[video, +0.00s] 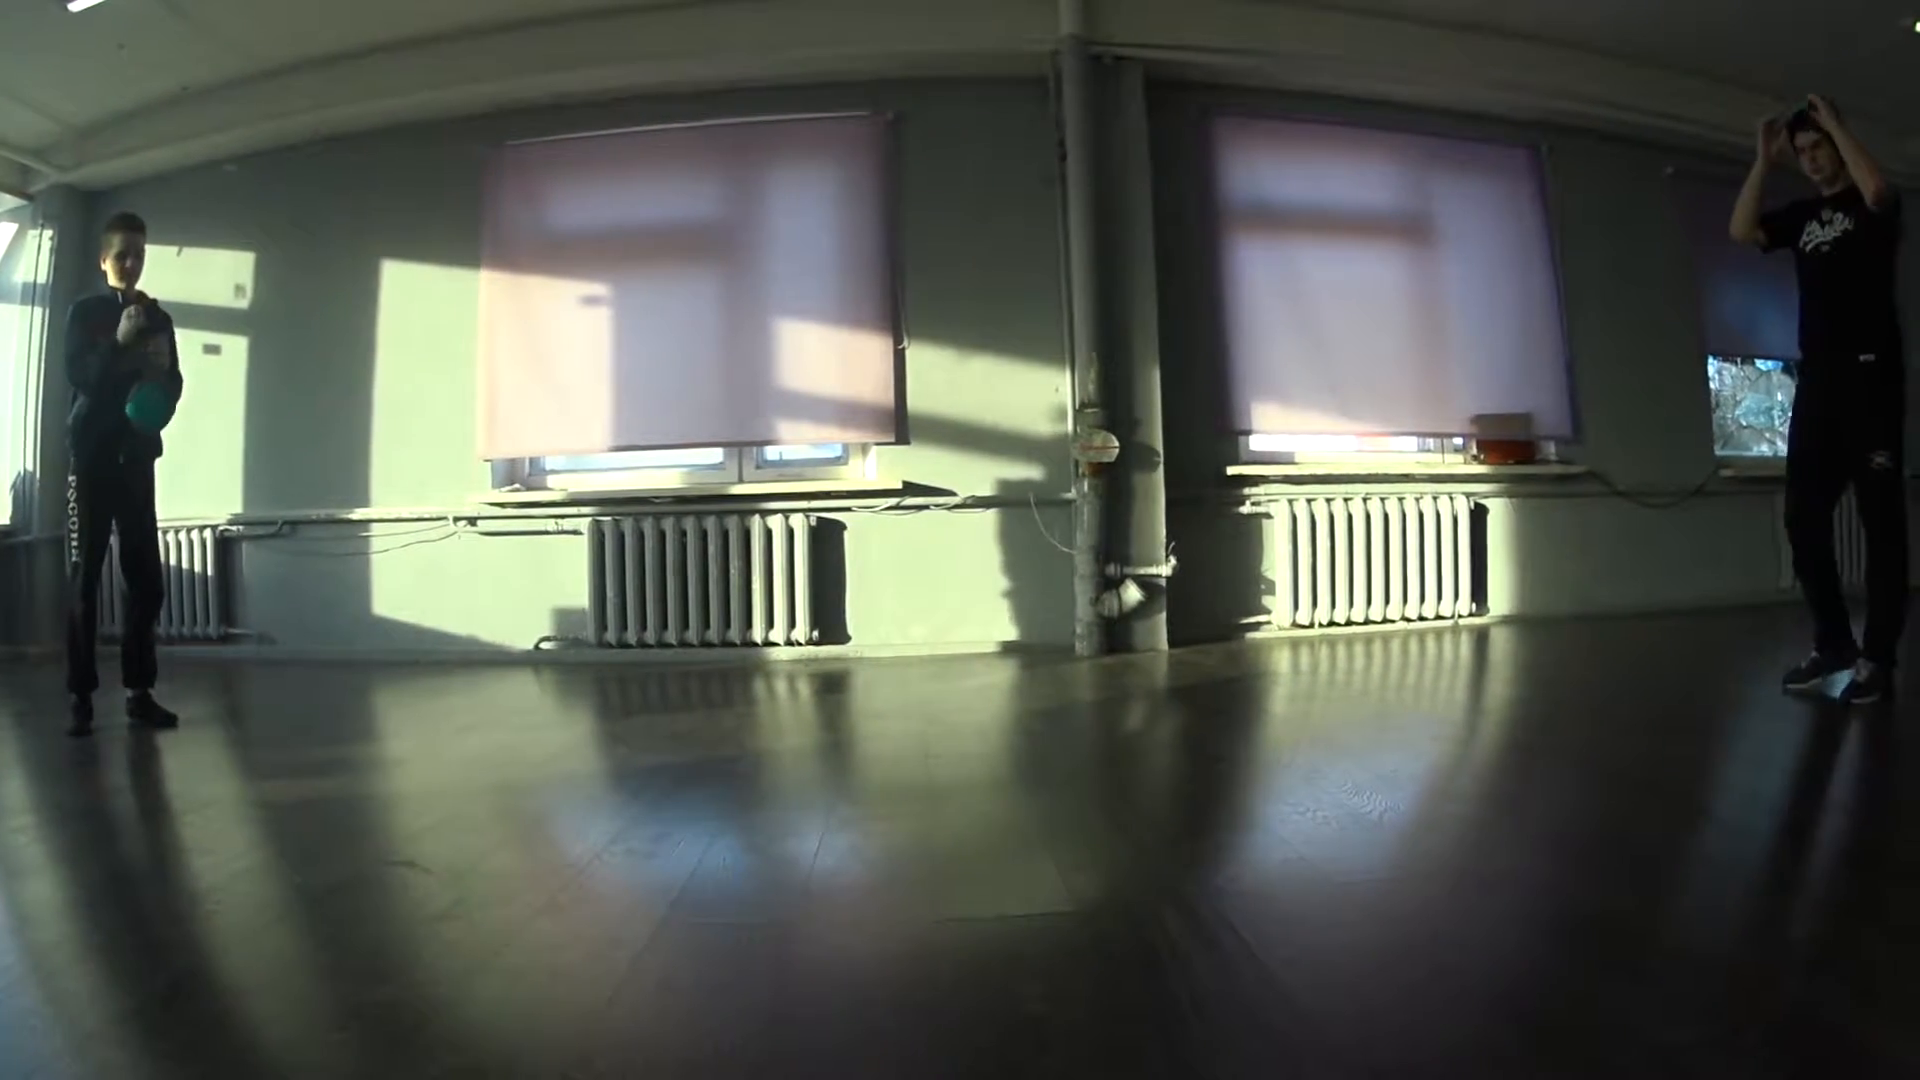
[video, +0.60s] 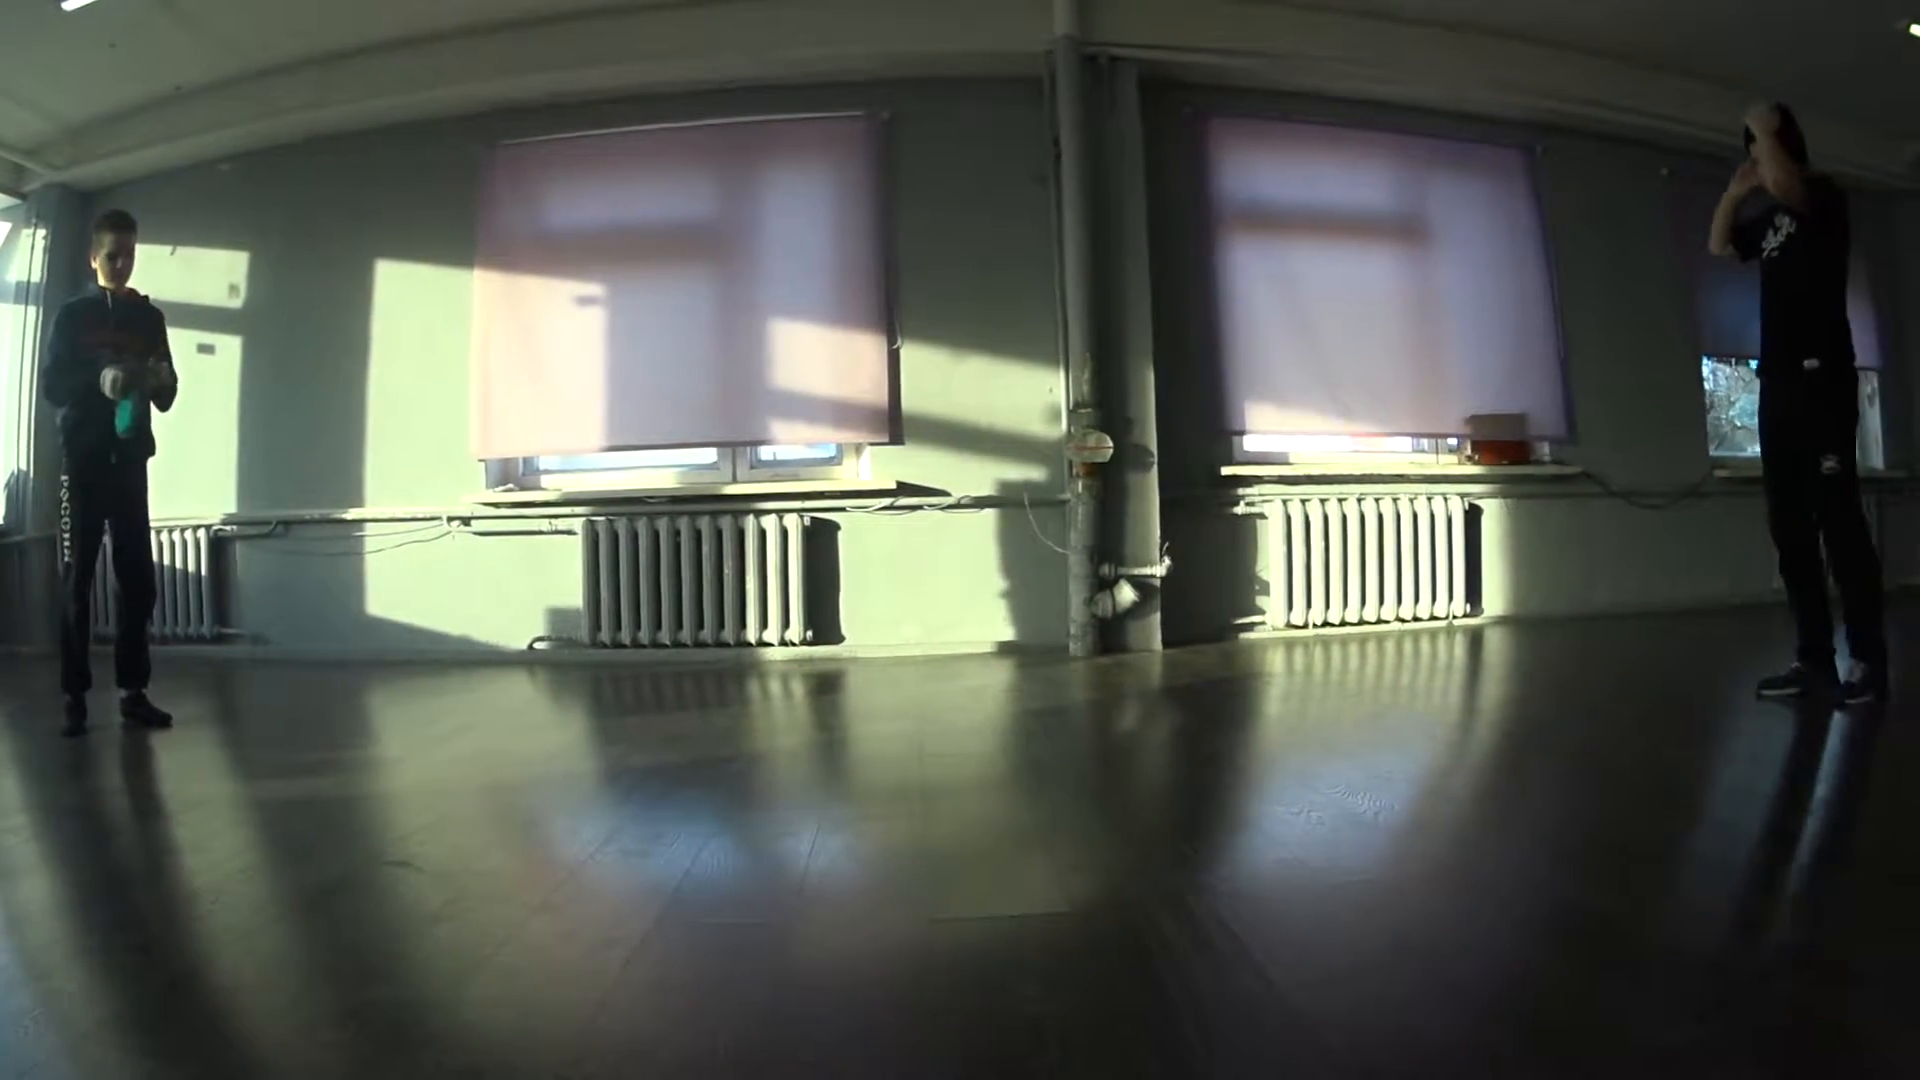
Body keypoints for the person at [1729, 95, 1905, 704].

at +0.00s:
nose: (1813, 159)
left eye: (1819, 147)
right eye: (1804, 152)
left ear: (1840, 148)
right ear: (1798, 161)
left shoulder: (1875, 203)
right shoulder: (1802, 215)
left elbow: (1875, 191)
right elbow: (1742, 231)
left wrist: (1834, 124)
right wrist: (1763, 161)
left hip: (1874, 380)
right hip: (1817, 383)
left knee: (1882, 519)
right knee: (1803, 517)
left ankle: (1878, 660)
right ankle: (1833, 649)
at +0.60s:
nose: (1758, 158)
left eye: (1768, 147)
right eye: (1753, 149)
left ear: (1792, 151)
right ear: (1754, 157)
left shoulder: (1825, 201)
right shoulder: (1767, 218)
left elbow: (1784, 189)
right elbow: (1720, 243)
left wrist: (1763, 132)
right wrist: (1735, 188)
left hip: (1827, 379)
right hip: (1780, 382)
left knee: (1841, 521)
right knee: (1789, 526)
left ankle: (1868, 662)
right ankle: (1814, 662)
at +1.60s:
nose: (1675, 169)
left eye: (1681, 155)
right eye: (1667, 162)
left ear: (1708, 150)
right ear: (1666, 167)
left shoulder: (1753, 204)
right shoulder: (1701, 218)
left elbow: (1800, 285)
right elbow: (1712, 308)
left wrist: (1827, 369)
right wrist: (1708, 397)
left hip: (1756, 382)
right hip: (1724, 384)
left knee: (1737, 526)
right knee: (1765, 523)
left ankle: (1723, 672)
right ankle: (1810, 656)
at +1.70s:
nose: (1666, 168)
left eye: (1672, 154)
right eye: (1658, 160)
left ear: (1699, 147)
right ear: (1660, 163)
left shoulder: (1741, 201)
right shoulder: (1697, 211)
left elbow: (1785, 285)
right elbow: (1718, 298)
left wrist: (1802, 376)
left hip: (1744, 380)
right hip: (1715, 382)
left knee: (1734, 524)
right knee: (1752, 520)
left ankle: (1722, 670)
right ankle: (1805, 648)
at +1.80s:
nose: (1659, 169)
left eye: (1665, 156)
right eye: (1652, 161)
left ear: (1693, 148)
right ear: (1655, 162)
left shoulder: (1733, 200)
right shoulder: (1694, 209)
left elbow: (1756, 289)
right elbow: (1707, 302)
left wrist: (1761, 387)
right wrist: (1697, 389)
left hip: (1730, 389)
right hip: (1702, 389)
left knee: (1729, 530)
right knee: (1735, 526)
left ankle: (1720, 670)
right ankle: (1800, 639)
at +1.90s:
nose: (1658, 170)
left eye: (1663, 156)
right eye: (1651, 161)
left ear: (1690, 148)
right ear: (1652, 163)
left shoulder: (1726, 199)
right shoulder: (1694, 209)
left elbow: (1728, 286)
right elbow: (1693, 306)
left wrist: (1702, 371)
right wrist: (1674, 382)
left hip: (1727, 384)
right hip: (1701, 385)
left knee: (1722, 526)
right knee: (1704, 524)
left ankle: (1721, 669)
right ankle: (1784, 632)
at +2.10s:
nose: (1651, 160)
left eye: (1657, 146)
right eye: (1646, 151)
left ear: (1685, 140)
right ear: (1655, 153)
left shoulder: (1717, 193)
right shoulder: (1692, 204)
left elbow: (1694, 259)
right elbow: (1694, 305)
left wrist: (1623, 303)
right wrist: (1646, 361)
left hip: (1720, 379)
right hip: (1689, 381)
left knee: (1711, 517)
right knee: (1666, 519)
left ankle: (1719, 667)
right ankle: (1752, 622)